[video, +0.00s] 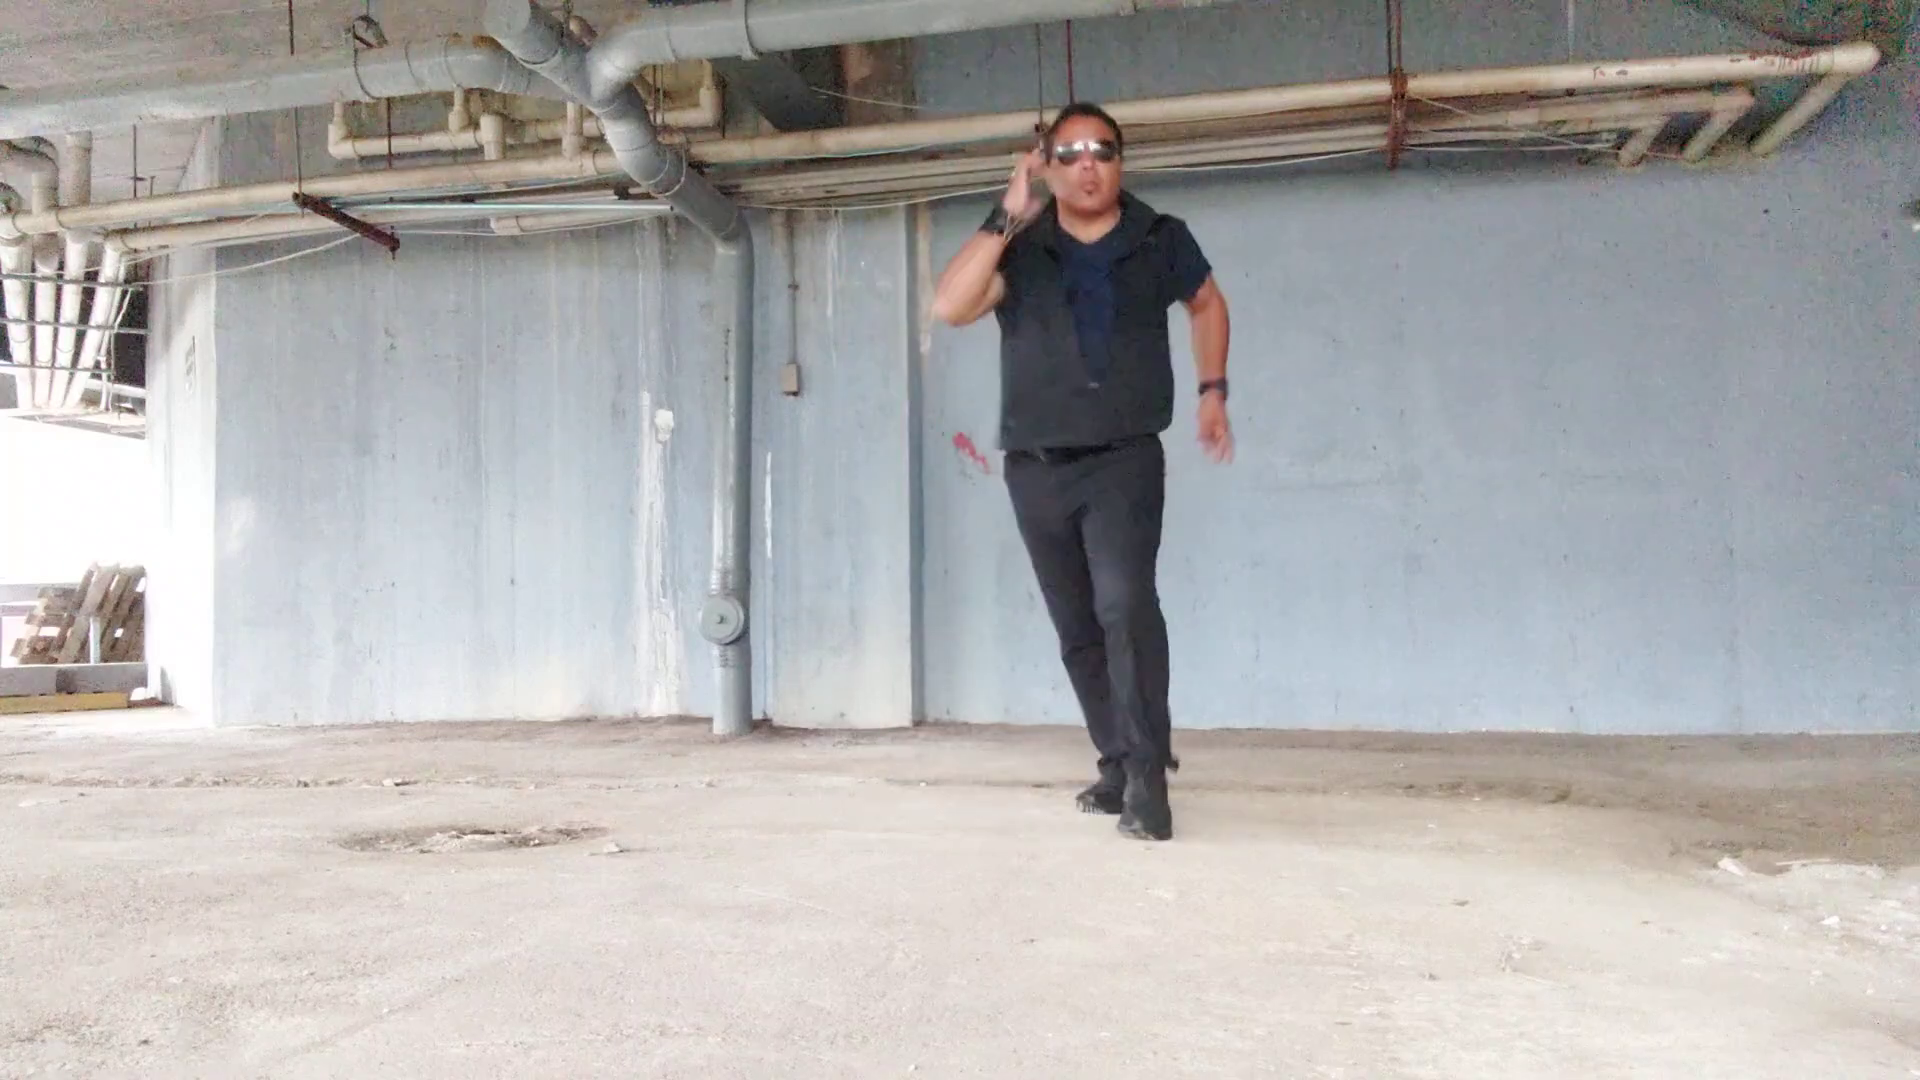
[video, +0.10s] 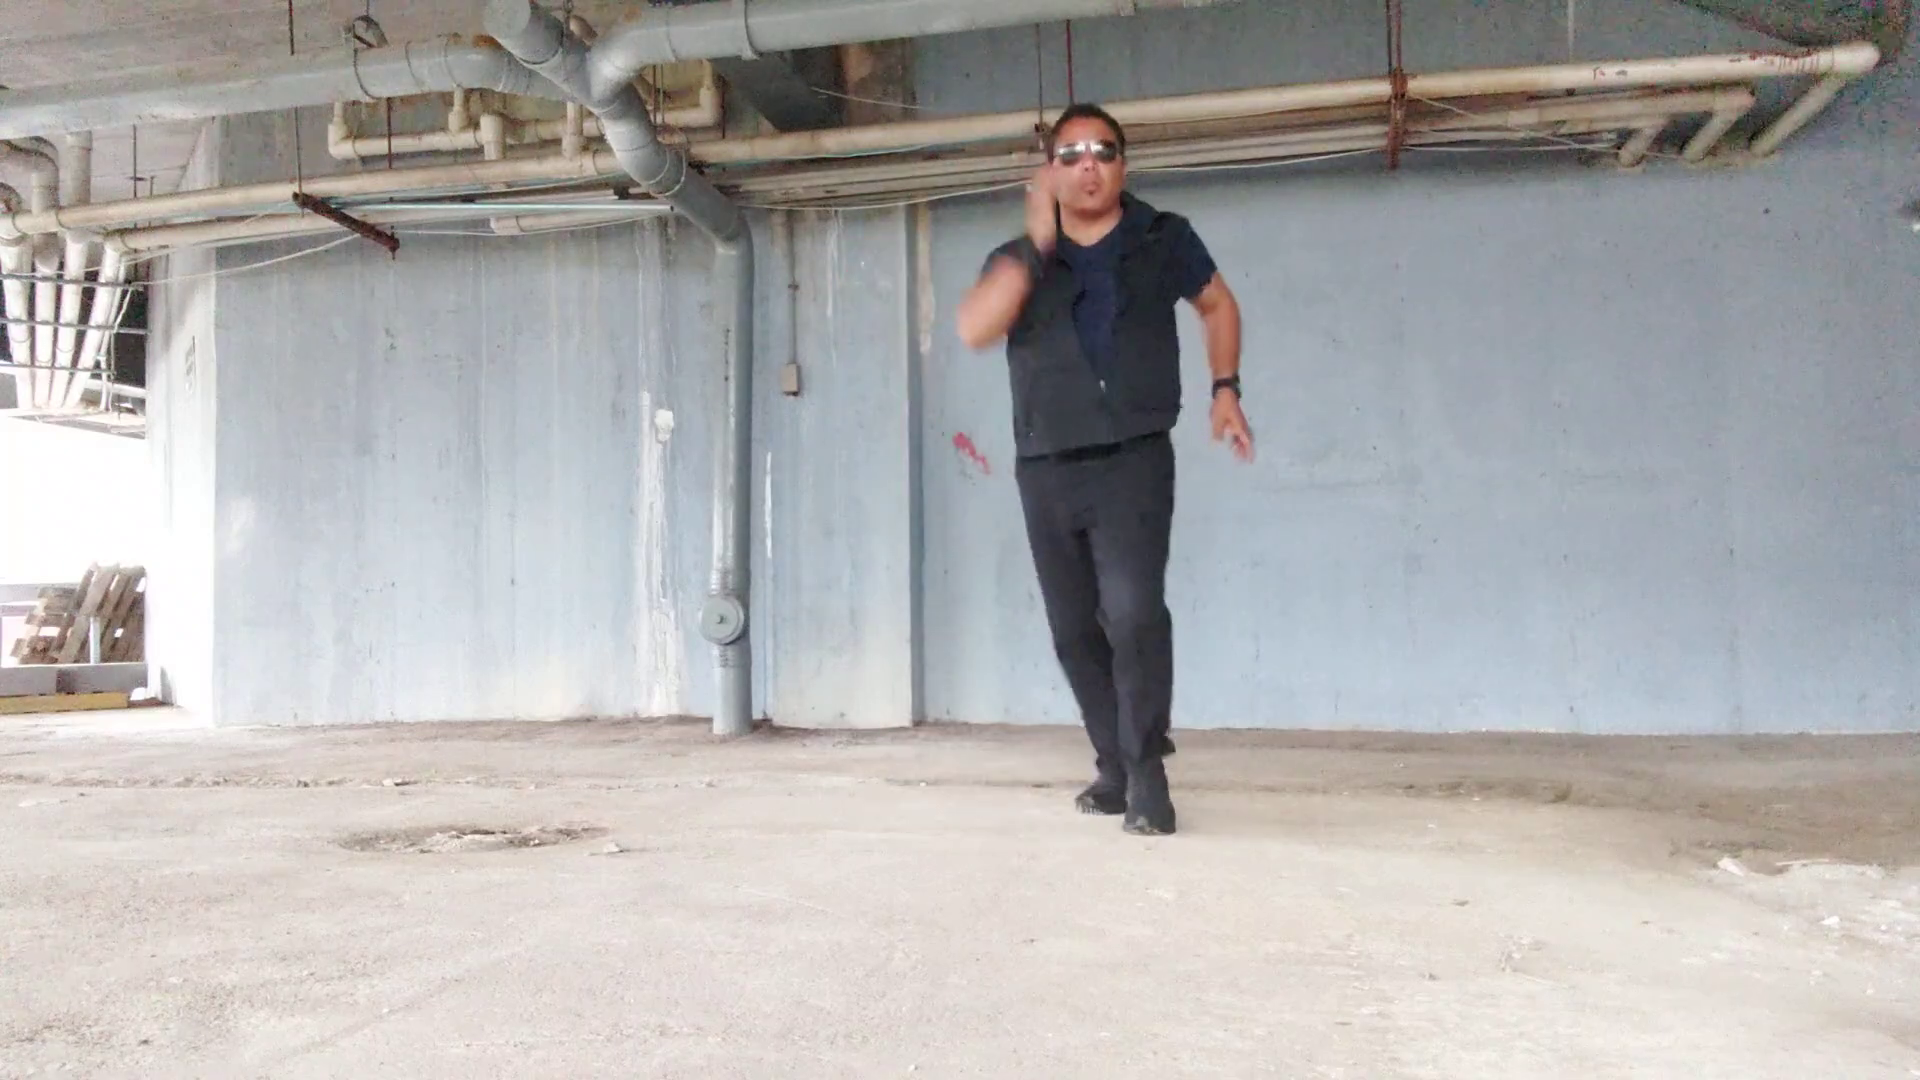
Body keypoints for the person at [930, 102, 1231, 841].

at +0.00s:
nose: (1087, 164)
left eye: (1101, 152)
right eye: (1070, 154)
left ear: (1120, 166)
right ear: (1045, 170)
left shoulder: (1157, 238)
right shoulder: (1017, 247)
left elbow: (1206, 303)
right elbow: (950, 307)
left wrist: (1212, 393)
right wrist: (1008, 218)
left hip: (1124, 457)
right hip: (1037, 464)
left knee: (1122, 606)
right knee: (1076, 629)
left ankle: (1146, 774)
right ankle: (1116, 763)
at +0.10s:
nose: (1089, 166)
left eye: (1102, 153)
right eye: (1072, 156)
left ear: (1123, 167)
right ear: (1049, 174)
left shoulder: (1163, 238)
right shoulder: (1021, 254)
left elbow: (1217, 305)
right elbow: (974, 330)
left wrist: (1224, 389)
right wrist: (1037, 244)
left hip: (1133, 460)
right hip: (1047, 468)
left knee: (1132, 615)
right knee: (1074, 628)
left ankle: (1146, 771)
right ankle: (1113, 769)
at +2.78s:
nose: (974, 147)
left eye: (989, 133)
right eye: (957, 134)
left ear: (1012, 144)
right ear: (933, 144)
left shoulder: (1048, 215)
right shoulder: (903, 226)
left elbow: (1144, 266)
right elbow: (849, 326)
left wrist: (1075, 226)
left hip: (1026, 449)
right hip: (929, 456)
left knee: (1042, 602)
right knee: (931, 621)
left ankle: (1009, 751)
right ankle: (953, 793)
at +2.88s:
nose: (968, 152)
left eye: (983, 137)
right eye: (950, 139)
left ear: (1002, 148)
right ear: (925, 151)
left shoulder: (1028, 215)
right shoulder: (890, 229)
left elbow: (1063, 258)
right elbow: (807, 305)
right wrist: (825, 387)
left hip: (1021, 455)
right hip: (926, 455)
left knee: (1015, 620)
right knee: (911, 616)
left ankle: (964, 767)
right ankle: (903, 789)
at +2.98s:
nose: (962, 166)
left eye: (975, 152)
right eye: (943, 154)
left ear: (993, 164)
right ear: (917, 166)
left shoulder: (1022, 244)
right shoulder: (880, 231)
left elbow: (1026, 318)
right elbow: (815, 293)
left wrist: (918, 281)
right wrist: (803, 373)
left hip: (1000, 456)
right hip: (914, 450)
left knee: (988, 621)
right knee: (937, 592)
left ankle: (951, 774)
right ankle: (852, 748)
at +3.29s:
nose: (915, 164)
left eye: (929, 150)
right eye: (898, 152)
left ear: (949, 160)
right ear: (873, 164)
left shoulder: (997, 237)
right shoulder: (847, 245)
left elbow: (1057, 328)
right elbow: (820, 345)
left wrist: (1050, 400)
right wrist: (869, 283)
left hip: (968, 448)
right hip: (871, 451)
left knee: (976, 559)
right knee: (850, 618)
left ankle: (927, 619)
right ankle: (832, 783)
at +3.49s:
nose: (956, 171)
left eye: (972, 155)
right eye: (938, 156)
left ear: (994, 150)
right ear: (912, 154)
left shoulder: (1036, 198)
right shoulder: (882, 207)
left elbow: (1121, 222)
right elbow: (796, 211)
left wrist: (1095, 275)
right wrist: (794, 228)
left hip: (996, 446)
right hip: (899, 448)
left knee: (1019, 619)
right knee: (862, 620)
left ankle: (1038, 802)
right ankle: (832, 784)